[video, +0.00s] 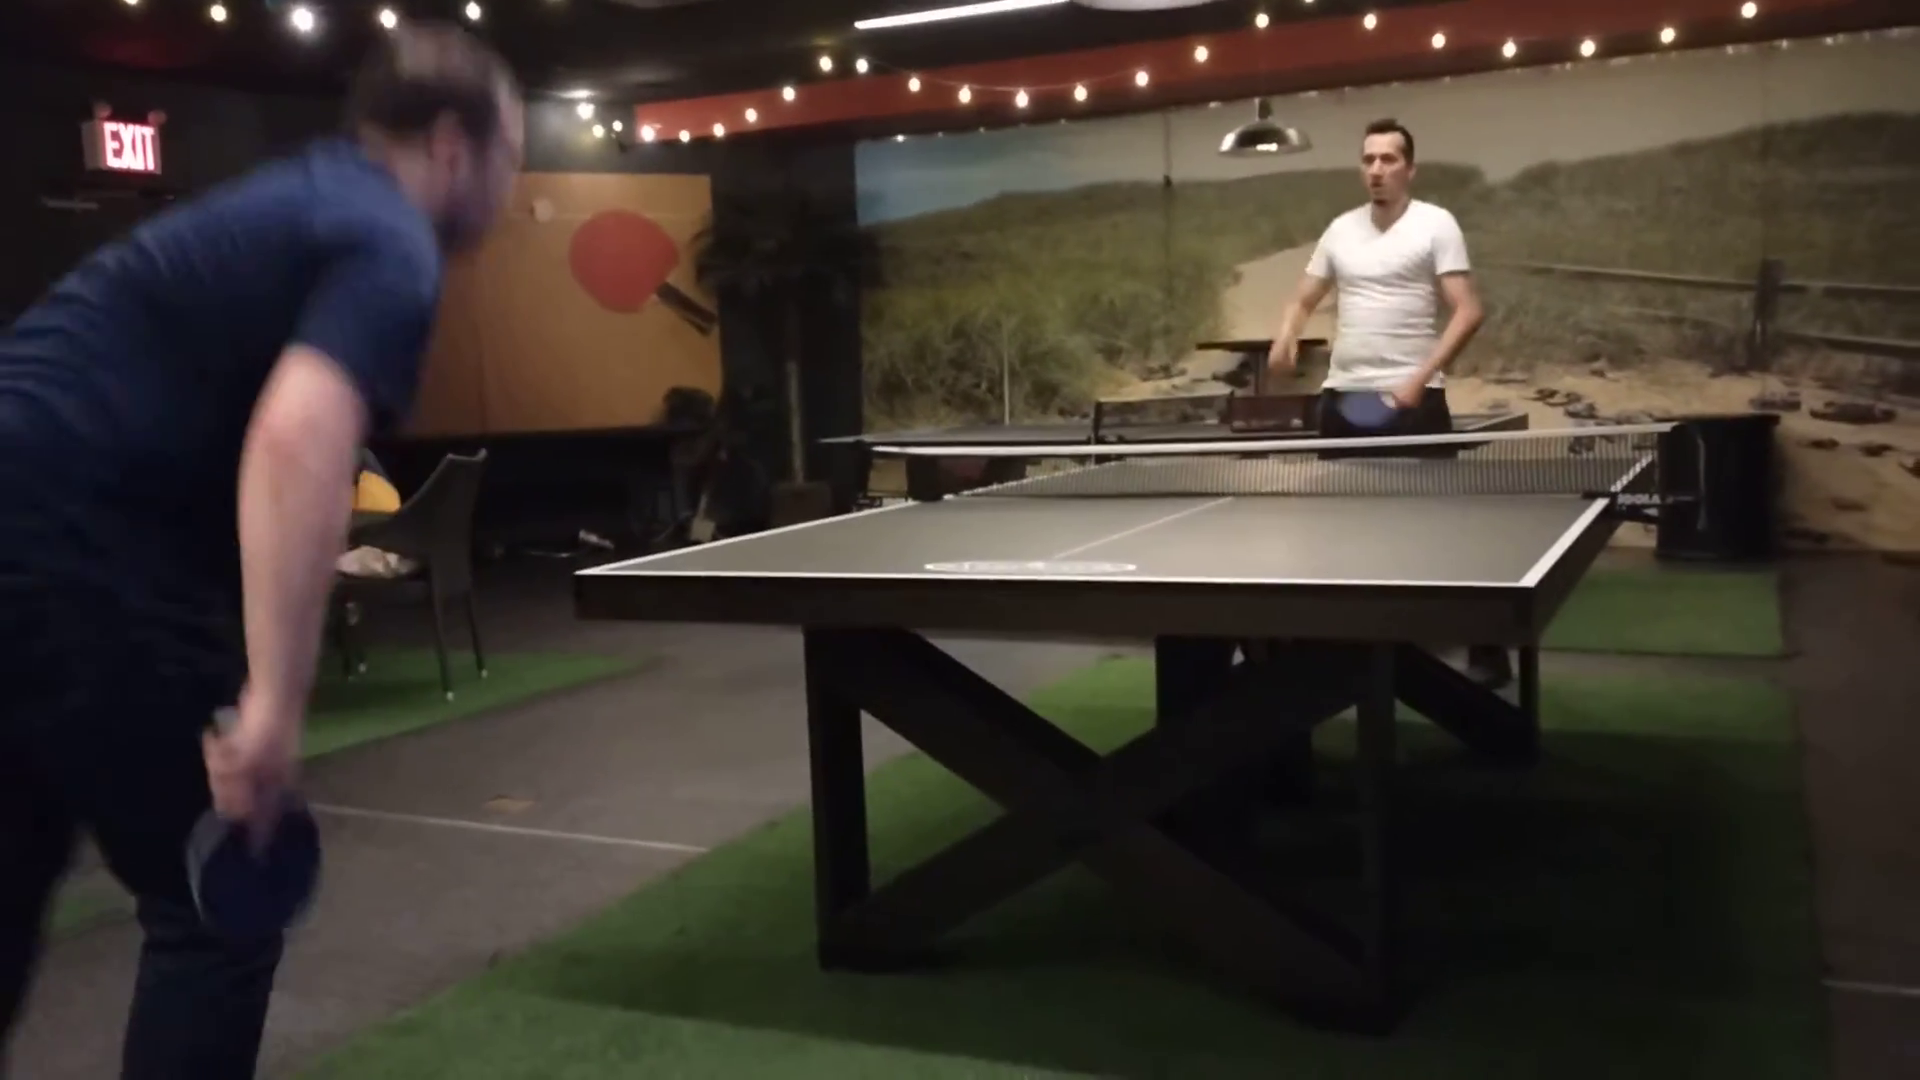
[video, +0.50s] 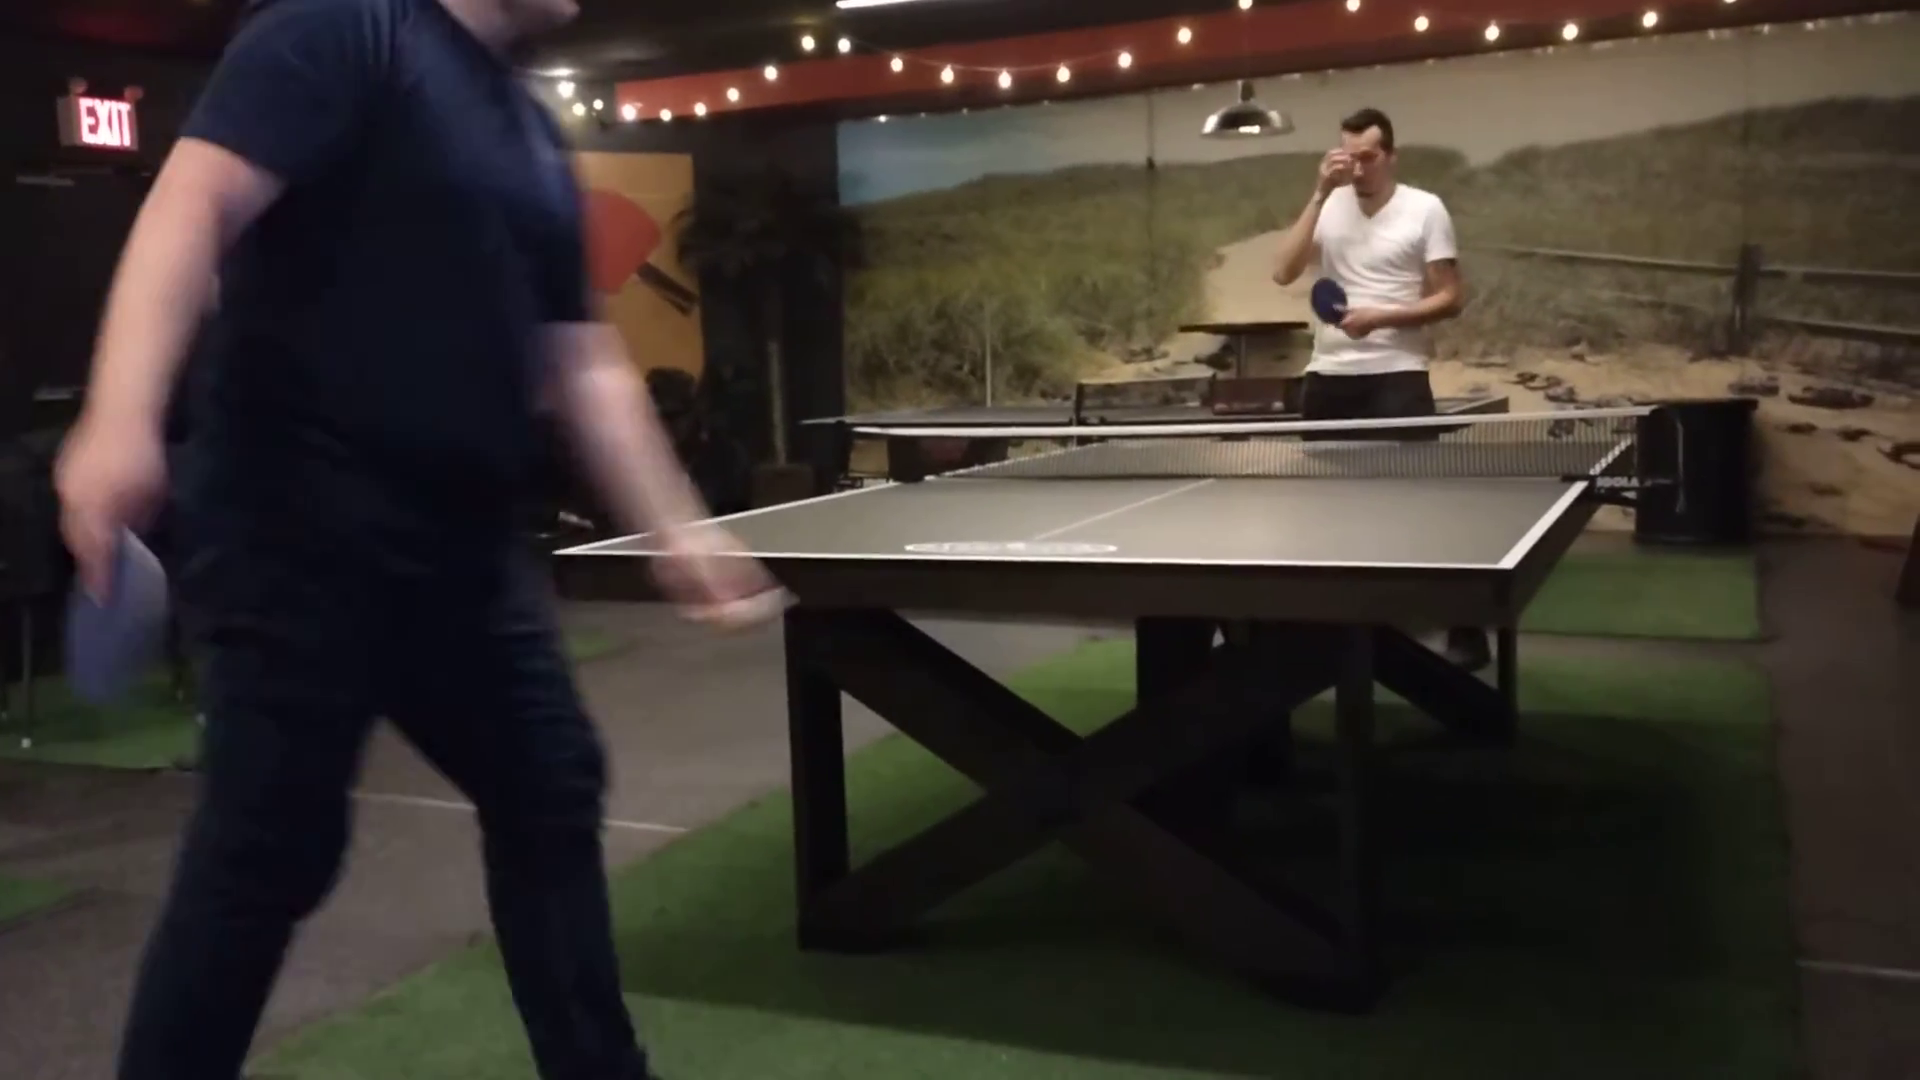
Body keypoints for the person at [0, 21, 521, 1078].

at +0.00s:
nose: (508, 191)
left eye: (513, 163)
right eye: (508, 159)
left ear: (383, 126)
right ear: (451, 145)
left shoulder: (294, 192)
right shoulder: (386, 236)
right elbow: (295, 437)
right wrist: (272, 695)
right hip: (64, 559)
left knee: (25, 853)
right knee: (230, 871)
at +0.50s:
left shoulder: (525, 125)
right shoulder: (339, 32)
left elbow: (584, 356)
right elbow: (191, 201)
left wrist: (677, 527)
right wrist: (119, 420)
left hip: (454, 556)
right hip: (289, 541)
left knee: (547, 787)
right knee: (263, 848)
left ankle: (596, 1066)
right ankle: (172, 1066)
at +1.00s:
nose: (737, 15)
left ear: (669, 25)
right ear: (613, 9)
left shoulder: (736, 200)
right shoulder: (520, 119)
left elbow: (852, 338)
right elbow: (335, 187)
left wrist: (998, 341)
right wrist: (113, 222)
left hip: (659, 600)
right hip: (530, 584)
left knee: (608, 898)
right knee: (650, 897)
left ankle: (565, 1068)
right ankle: (566, 1076)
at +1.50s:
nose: (781, 208)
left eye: (783, 183)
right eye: (772, 178)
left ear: (672, 164)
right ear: (694, 164)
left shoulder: (557, 269)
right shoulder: (688, 248)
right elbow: (835, 431)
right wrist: (1071, 561)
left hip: (509, 751)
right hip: (613, 760)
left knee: (550, 1056)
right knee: (654, 1057)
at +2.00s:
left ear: (589, 126)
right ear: (738, 164)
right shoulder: (780, 274)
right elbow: (618, 375)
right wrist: (367, 431)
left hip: (441, 779)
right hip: (661, 791)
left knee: (403, 1062)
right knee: (640, 1060)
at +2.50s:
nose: (612, 198)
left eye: (610, 179)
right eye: (613, 179)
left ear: (455, 167)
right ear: (595, 172)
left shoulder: (307, 296)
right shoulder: (617, 296)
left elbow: (164, 467)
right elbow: (747, 417)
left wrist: (120, 694)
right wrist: (937, 543)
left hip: (294, 778)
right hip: (513, 789)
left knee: (294, 1060)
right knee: (511, 1060)